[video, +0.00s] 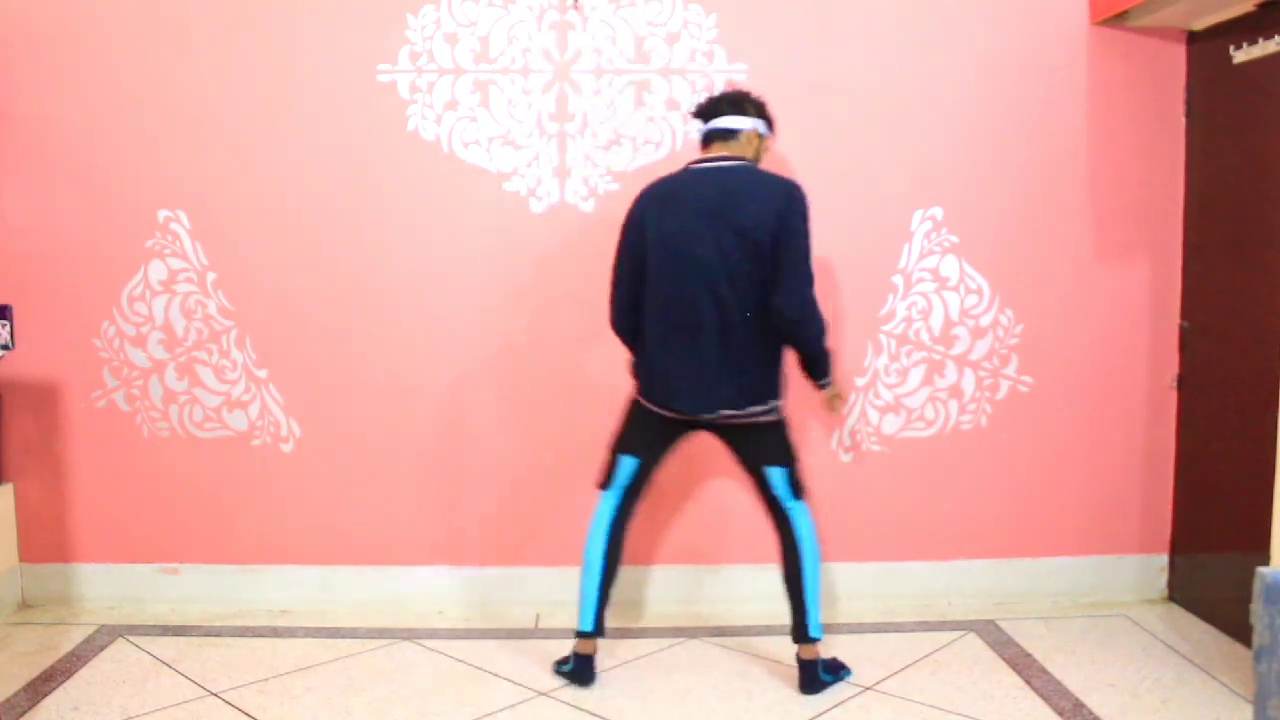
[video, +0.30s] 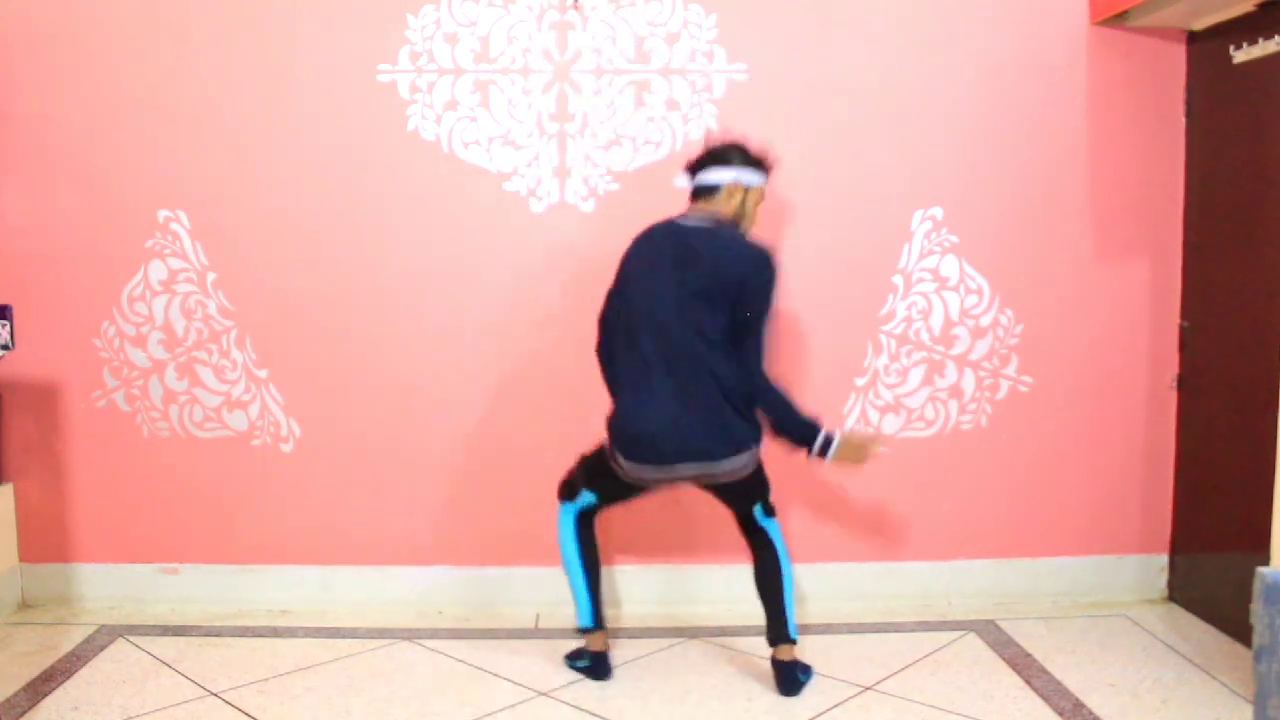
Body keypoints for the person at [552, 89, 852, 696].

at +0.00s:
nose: (769, 148)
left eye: (766, 139)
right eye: (768, 139)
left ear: (706, 139)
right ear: (757, 139)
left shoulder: (656, 197)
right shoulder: (779, 196)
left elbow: (624, 310)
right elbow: (791, 303)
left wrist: (660, 358)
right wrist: (821, 371)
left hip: (664, 389)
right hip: (745, 395)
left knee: (613, 504)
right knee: (792, 513)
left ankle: (582, 653)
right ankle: (812, 661)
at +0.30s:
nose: (758, 210)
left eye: (760, 198)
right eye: (756, 197)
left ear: (697, 193)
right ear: (736, 195)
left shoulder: (647, 245)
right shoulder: (749, 260)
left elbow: (609, 343)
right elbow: (747, 378)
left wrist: (641, 413)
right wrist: (824, 441)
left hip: (643, 447)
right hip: (723, 445)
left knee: (576, 502)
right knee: (761, 525)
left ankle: (594, 647)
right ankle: (786, 662)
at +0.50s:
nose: (748, 239)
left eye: (753, 229)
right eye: (748, 224)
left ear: (694, 212)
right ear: (721, 210)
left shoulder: (635, 258)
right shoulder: (719, 250)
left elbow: (647, 381)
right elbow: (705, 333)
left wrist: (720, 411)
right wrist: (743, 418)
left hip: (592, 439)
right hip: (657, 439)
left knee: (603, 510)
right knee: (764, 507)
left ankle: (599, 647)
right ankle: (783, 659)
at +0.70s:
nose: (713, 239)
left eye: (724, 231)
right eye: (707, 220)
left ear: (729, 235)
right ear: (676, 209)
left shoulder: (639, 254)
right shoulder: (662, 256)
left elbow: (664, 304)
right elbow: (653, 305)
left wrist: (715, 315)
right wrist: (713, 315)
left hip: (569, 443)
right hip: (619, 445)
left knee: (632, 513)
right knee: (730, 567)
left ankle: (603, 647)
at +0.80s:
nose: (691, 245)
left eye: (704, 238)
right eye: (684, 227)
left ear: (709, 244)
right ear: (656, 217)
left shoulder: (625, 267)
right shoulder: (641, 281)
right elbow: (613, 376)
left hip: (581, 458)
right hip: (608, 461)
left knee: (645, 526)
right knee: (725, 589)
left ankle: (603, 650)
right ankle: (627, 711)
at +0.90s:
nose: (683, 244)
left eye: (697, 238)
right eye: (675, 226)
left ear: (701, 247)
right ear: (648, 220)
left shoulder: (638, 287)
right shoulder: (624, 277)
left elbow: (626, 388)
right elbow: (588, 375)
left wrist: (649, 452)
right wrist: (641, 434)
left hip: (587, 460)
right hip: (580, 464)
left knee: (667, 519)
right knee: (707, 584)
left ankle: (596, 648)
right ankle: (624, 712)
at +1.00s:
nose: (689, 234)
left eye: (702, 226)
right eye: (679, 217)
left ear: (709, 237)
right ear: (653, 216)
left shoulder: (651, 300)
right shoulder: (633, 256)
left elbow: (619, 384)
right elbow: (558, 296)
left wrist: (650, 437)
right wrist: (612, 380)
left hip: (578, 441)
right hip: (540, 438)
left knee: (659, 512)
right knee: (652, 553)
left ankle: (597, 645)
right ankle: (613, 708)